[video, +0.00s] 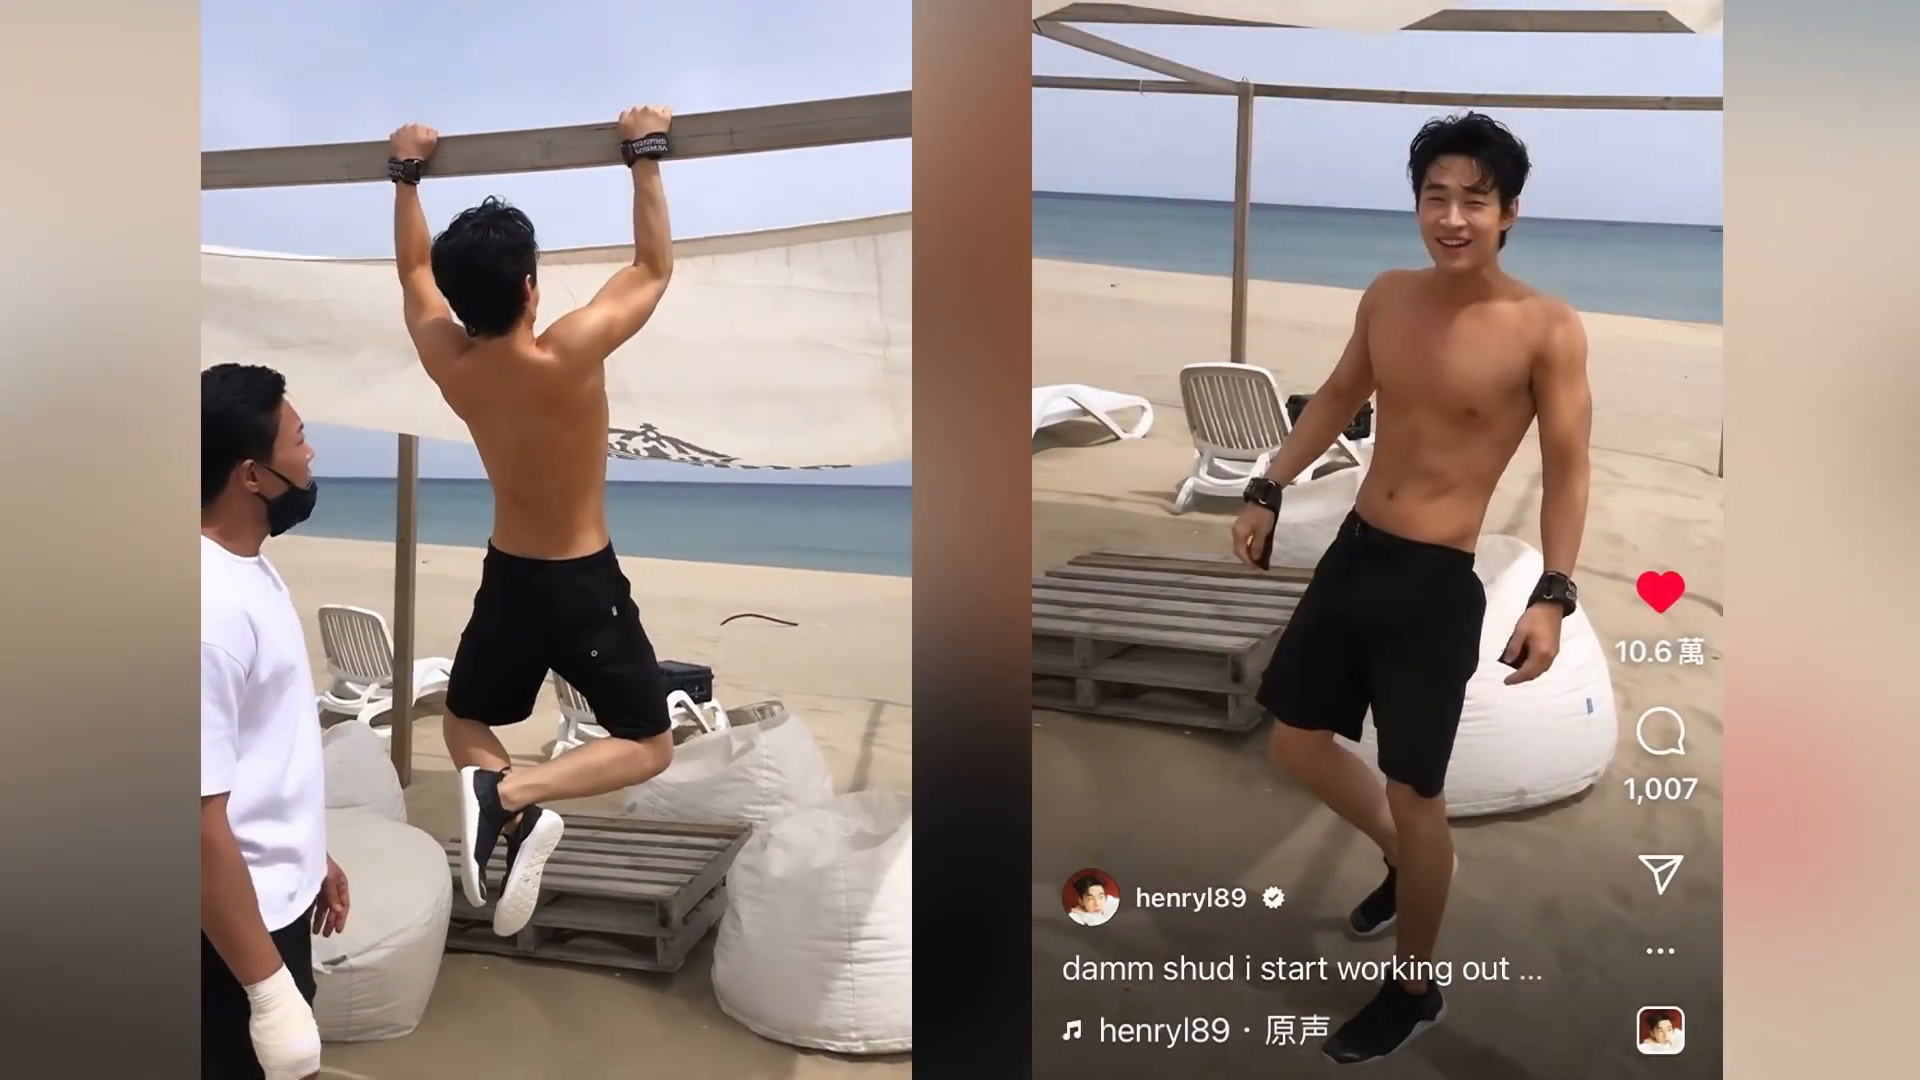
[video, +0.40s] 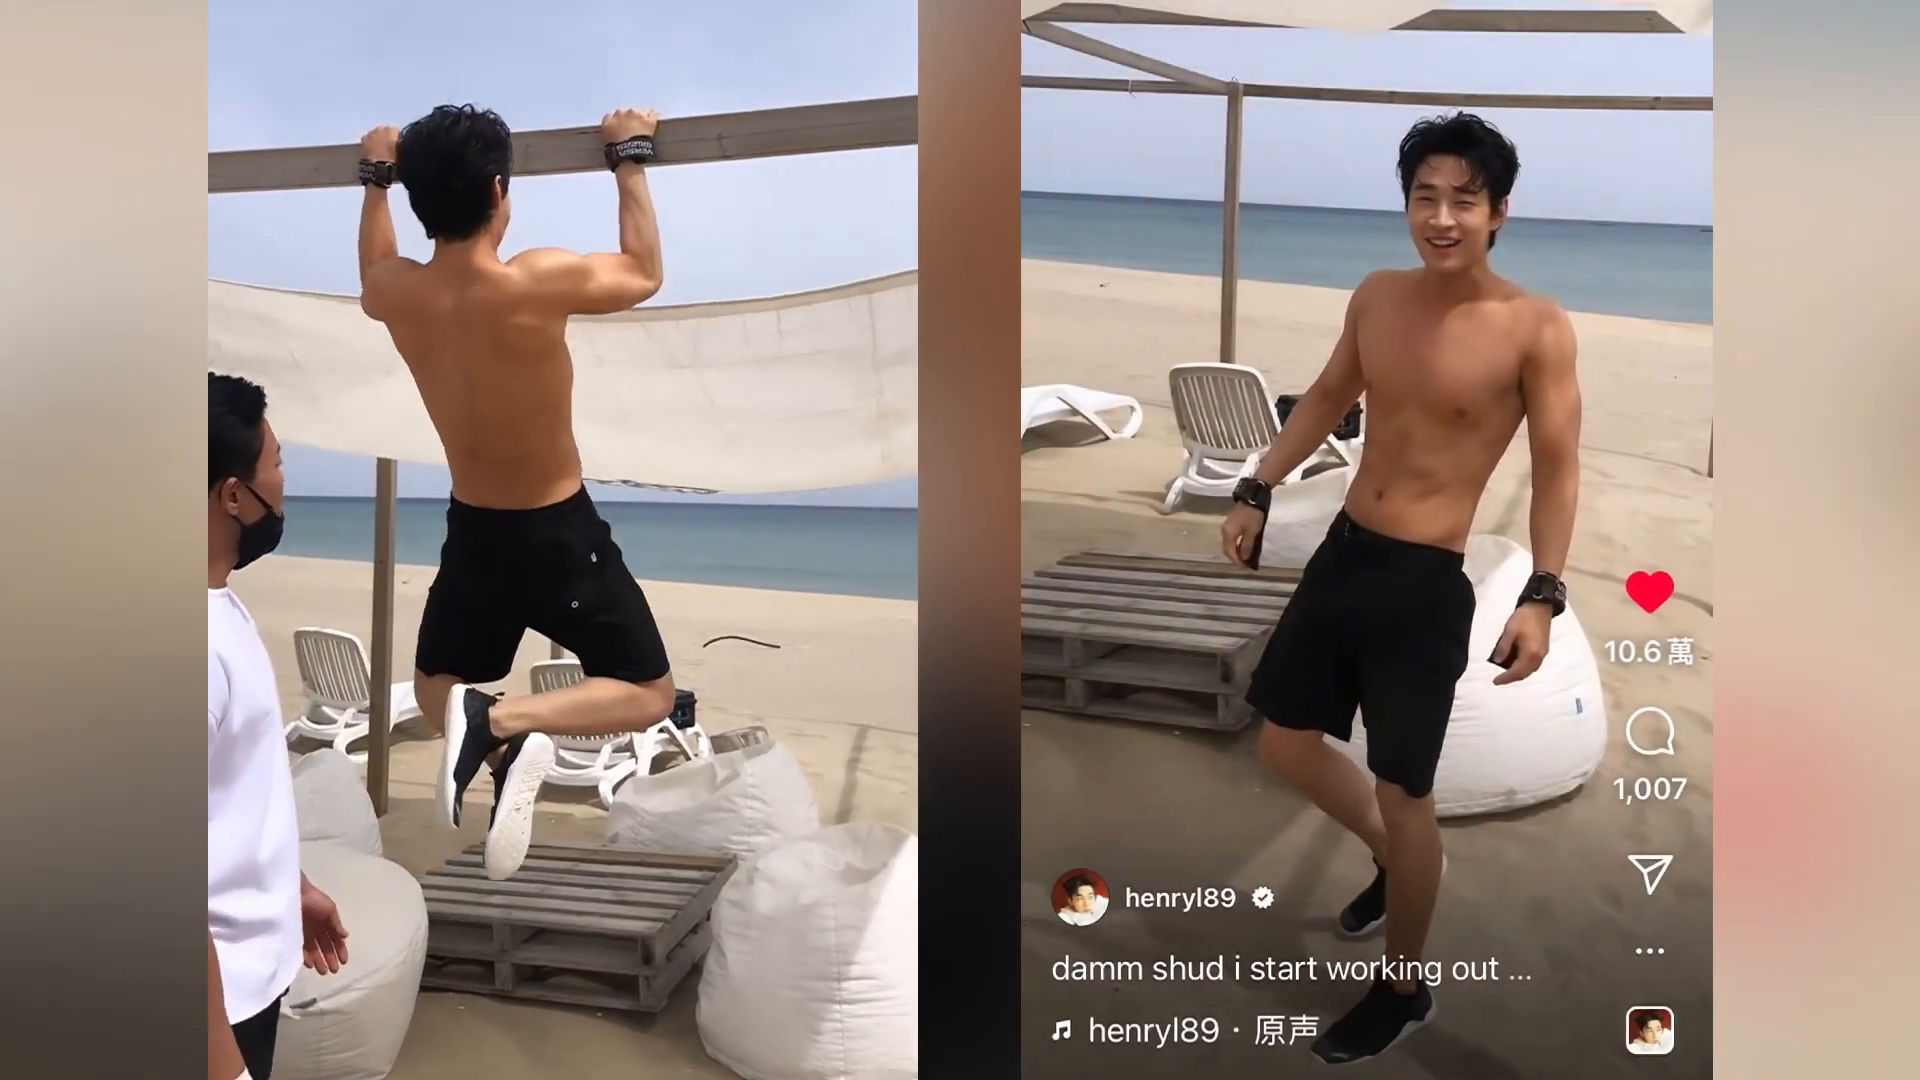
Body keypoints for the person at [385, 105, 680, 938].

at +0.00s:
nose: (541, 272)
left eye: (527, 265)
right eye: (535, 265)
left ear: (461, 297)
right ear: (528, 285)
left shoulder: (454, 364)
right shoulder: (574, 346)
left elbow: (417, 275)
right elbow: (651, 268)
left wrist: (404, 175)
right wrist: (645, 157)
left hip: (508, 583)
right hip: (588, 583)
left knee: (463, 719)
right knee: (647, 745)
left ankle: (521, 817)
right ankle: (509, 791)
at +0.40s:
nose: (508, 191)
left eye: (502, 180)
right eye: (506, 180)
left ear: (417, 200)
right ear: (496, 194)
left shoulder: (398, 293)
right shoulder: (539, 280)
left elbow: (376, 272)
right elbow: (643, 272)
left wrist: (374, 181)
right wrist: (630, 160)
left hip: (474, 537)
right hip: (560, 533)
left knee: (439, 687)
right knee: (650, 694)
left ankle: (511, 764)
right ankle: (498, 716)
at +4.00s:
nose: (595, 281)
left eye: (588, 269)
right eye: (594, 269)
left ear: (501, 292)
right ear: (583, 287)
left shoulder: (479, 376)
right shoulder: (626, 371)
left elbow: (451, 292)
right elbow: (720, 302)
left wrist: (446, 190)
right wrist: (719, 181)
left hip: (526, 639)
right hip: (618, 648)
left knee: (467, 802)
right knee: (672, 841)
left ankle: (525, 916)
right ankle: (515, 872)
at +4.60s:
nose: (563, 106)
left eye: (555, 94)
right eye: (561, 94)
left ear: (464, 120)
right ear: (552, 110)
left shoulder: (431, 214)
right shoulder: (597, 207)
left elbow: (403, 287)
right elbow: (690, 283)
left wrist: (409, 176)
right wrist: (684, 167)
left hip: (492, 502)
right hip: (585, 501)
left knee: (460, 669)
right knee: (668, 675)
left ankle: (542, 811)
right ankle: (515, 764)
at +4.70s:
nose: (553, 95)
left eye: (546, 84)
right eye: (551, 84)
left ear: (456, 113)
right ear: (542, 102)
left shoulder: (424, 207)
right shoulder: (588, 200)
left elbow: (395, 282)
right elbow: (681, 279)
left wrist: (403, 176)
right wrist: (675, 166)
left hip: (483, 494)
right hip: (575, 493)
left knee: (448, 663)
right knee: (664, 668)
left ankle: (536, 793)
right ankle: (504, 750)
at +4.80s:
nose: (545, 109)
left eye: (539, 98)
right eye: (543, 99)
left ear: (448, 126)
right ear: (534, 115)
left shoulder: (419, 220)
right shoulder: (578, 213)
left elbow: (388, 285)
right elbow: (675, 282)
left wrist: (394, 174)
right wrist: (667, 166)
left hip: (477, 505)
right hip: (568, 504)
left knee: (443, 670)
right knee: (657, 679)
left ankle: (517, 790)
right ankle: (492, 748)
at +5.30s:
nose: (539, 233)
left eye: (524, 222)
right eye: (534, 220)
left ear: (453, 245)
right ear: (527, 231)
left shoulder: (427, 332)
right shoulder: (569, 316)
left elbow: (407, 279)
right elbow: (669, 275)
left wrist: (400, 187)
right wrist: (655, 163)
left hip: (482, 595)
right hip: (571, 594)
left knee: (443, 741)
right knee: (644, 762)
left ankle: (459, 908)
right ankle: (541, 907)